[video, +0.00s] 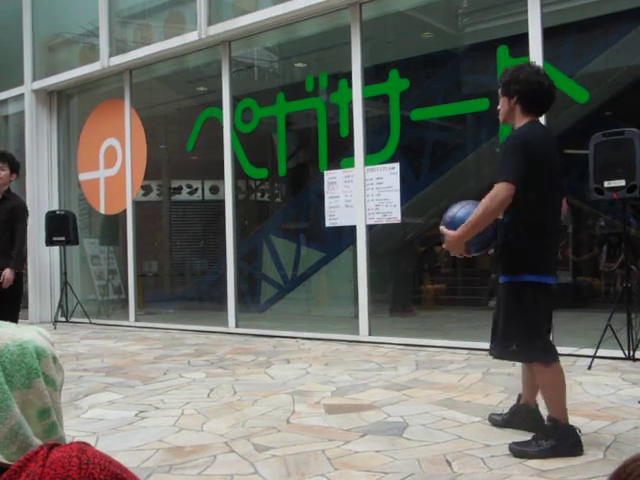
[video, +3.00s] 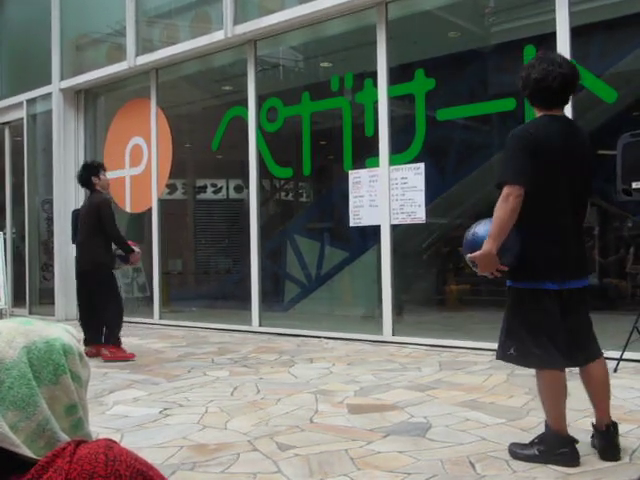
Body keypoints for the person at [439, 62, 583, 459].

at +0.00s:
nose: (497, 104)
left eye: (500, 97)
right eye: (498, 97)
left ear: (515, 100)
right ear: (532, 102)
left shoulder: (519, 141)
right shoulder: (544, 140)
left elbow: (501, 196)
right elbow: (556, 207)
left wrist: (460, 235)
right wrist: (495, 232)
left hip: (525, 265)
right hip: (533, 263)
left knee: (538, 344)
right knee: (528, 339)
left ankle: (561, 430)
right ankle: (527, 408)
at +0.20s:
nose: (494, 95)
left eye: (497, 88)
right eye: (496, 88)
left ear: (512, 93)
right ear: (526, 93)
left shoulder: (533, 128)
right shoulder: (530, 130)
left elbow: (548, 181)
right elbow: (537, 190)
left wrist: (513, 229)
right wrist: (510, 232)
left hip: (539, 257)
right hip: (525, 256)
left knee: (545, 340)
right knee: (522, 336)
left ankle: (563, 428)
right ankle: (524, 411)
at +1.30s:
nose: (491, 114)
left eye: (495, 108)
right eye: (493, 108)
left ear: (509, 111)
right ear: (524, 115)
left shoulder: (512, 140)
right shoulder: (534, 152)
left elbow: (505, 183)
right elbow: (541, 218)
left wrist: (470, 225)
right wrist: (540, 268)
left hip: (502, 264)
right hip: (523, 265)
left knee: (486, 337)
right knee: (520, 340)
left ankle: (540, 401)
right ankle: (516, 416)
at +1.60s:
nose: (489, 120)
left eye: (494, 113)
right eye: (492, 113)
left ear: (507, 116)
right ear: (522, 121)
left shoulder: (502, 141)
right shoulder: (532, 156)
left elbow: (487, 182)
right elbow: (533, 219)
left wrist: (458, 225)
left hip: (492, 264)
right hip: (516, 265)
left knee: (478, 337)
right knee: (515, 338)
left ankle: (530, 399)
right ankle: (511, 412)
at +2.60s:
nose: (492, 105)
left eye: (493, 99)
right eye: (494, 98)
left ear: (499, 103)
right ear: (534, 98)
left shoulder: (517, 136)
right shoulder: (542, 136)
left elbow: (524, 188)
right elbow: (540, 196)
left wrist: (515, 241)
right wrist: (518, 239)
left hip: (530, 261)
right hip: (544, 258)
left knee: (536, 347)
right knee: (528, 340)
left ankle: (556, 437)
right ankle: (516, 409)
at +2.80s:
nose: (506, 95)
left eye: (509, 89)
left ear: (513, 96)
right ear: (554, 94)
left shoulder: (523, 136)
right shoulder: (562, 138)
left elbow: (523, 193)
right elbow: (557, 203)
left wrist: (509, 247)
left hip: (534, 263)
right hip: (555, 262)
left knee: (542, 350)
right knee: (552, 343)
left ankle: (556, 439)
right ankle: (566, 421)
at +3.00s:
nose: (522, 88)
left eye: (525, 83)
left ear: (527, 93)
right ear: (569, 93)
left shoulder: (524, 138)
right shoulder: (580, 137)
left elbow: (512, 196)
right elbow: (577, 201)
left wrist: (489, 247)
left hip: (534, 265)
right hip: (574, 261)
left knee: (545, 351)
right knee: (585, 344)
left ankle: (556, 439)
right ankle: (606, 431)